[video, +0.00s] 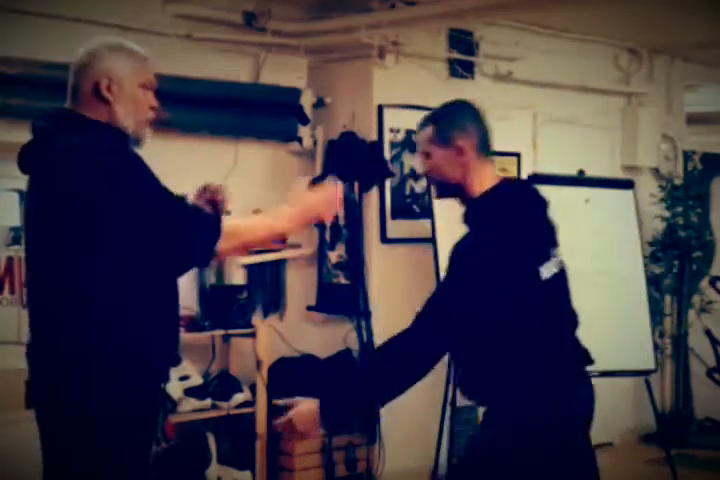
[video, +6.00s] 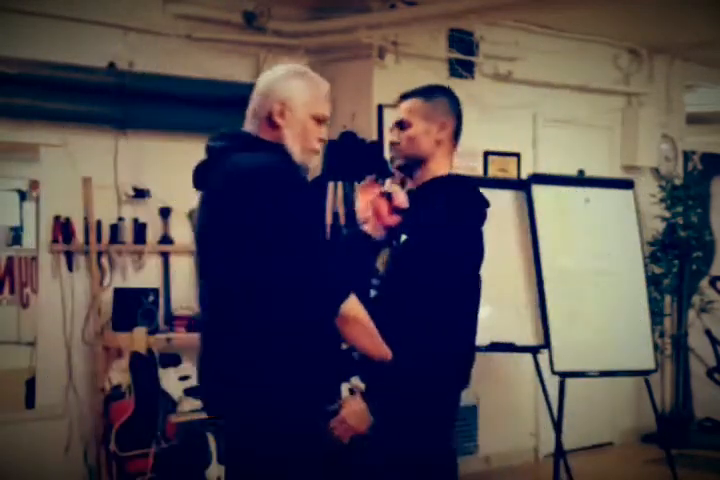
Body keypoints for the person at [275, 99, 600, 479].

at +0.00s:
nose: (422, 169)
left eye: (427, 154)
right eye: (420, 156)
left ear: (462, 148)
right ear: (464, 150)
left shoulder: (490, 235)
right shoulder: (521, 203)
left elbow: (425, 340)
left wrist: (332, 407)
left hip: (525, 408)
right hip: (561, 392)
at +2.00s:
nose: (442, 163)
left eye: (448, 150)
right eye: (441, 151)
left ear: (485, 147)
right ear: (484, 148)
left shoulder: (510, 219)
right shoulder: (519, 207)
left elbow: (443, 324)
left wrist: (349, 388)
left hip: (524, 403)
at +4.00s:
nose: (352, 190)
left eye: (353, 177)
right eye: (348, 179)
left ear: (385, 165)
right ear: (387, 163)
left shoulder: (426, 238)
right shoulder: (449, 199)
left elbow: (372, 348)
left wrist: (271, 371)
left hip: (488, 395)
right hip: (522, 376)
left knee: (438, 472)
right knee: (529, 470)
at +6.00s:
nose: (391, 137)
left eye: (403, 126)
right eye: (393, 127)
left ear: (441, 132)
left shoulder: (449, 207)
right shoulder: (405, 203)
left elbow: (431, 325)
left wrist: (372, 401)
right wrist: (352, 382)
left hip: (417, 402)